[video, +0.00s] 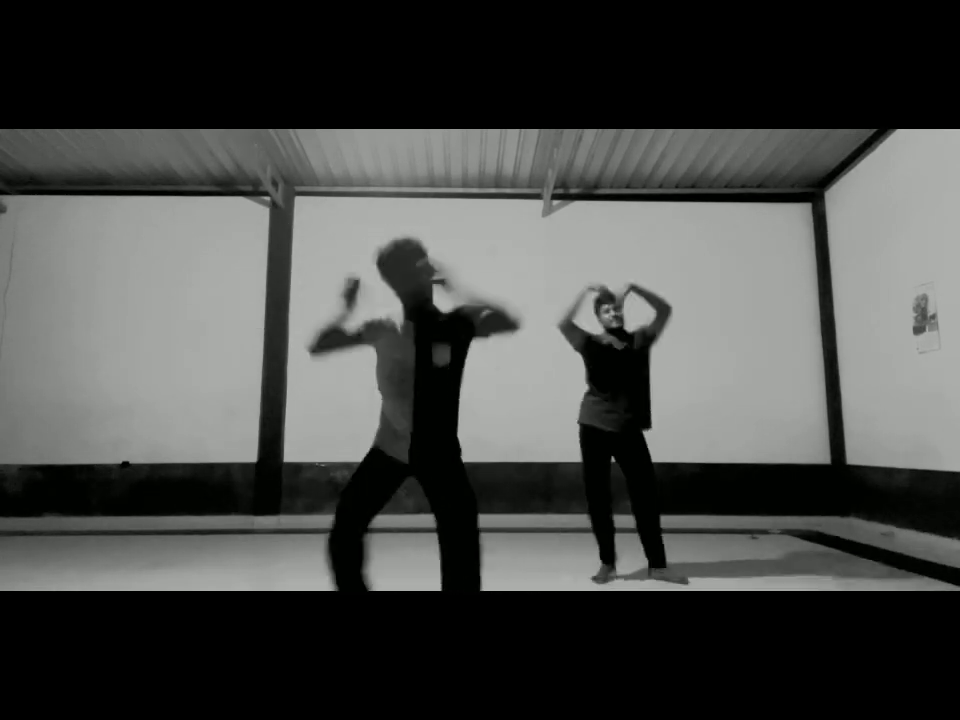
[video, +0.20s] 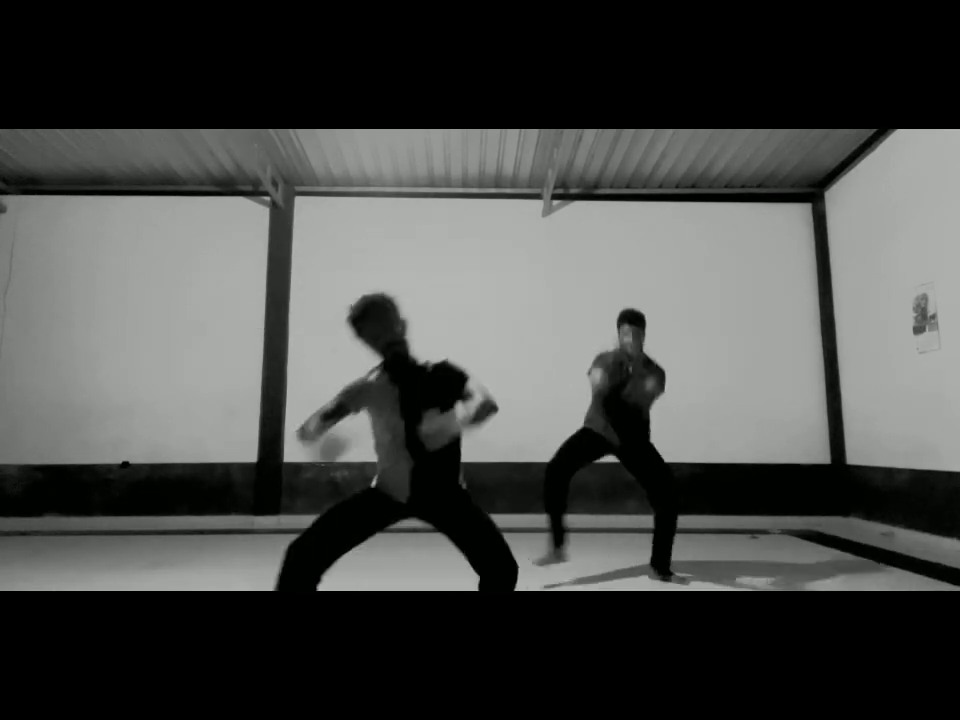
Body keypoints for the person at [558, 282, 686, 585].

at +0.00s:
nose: (612, 312)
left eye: (615, 307)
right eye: (605, 309)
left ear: (622, 311)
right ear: (597, 316)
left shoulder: (640, 341)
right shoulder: (591, 344)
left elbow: (664, 310)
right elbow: (563, 324)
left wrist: (635, 288)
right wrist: (584, 294)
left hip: (629, 429)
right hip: (595, 428)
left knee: (645, 494)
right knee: (597, 496)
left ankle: (657, 565)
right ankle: (607, 563)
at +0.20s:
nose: (631, 339)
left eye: (636, 334)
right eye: (625, 334)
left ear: (644, 336)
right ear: (619, 336)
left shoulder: (654, 372)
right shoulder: (605, 362)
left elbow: (646, 395)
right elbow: (597, 395)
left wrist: (636, 367)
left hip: (634, 441)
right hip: (598, 433)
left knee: (667, 495)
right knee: (556, 472)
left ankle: (660, 567)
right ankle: (558, 548)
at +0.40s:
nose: (613, 368)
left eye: (617, 361)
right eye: (608, 362)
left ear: (623, 359)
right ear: (602, 360)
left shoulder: (641, 391)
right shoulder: (589, 388)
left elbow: (659, 429)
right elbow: (573, 424)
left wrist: (674, 463)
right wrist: (554, 458)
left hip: (629, 462)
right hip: (590, 461)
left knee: (675, 504)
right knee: (541, 493)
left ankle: (663, 571)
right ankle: (520, 565)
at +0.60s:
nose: (557, 360)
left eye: (560, 354)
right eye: (552, 356)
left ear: (569, 352)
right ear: (545, 359)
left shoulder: (598, 379)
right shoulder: (539, 391)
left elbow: (649, 378)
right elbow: (495, 396)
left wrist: (693, 370)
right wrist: (452, 389)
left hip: (606, 460)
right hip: (564, 462)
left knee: (654, 505)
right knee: (519, 500)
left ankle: (664, 572)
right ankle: (521, 571)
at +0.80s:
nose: (516, 327)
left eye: (521, 321)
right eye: (512, 325)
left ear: (534, 321)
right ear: (511, 331)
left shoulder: (560, 335)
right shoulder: (511, 354)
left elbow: (588, 304)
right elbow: (475, 335)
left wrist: (627, 295)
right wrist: (445, 310)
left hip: (593, 421)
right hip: (554, 433)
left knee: (651, 457)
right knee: (521, 491)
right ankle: (514, 563)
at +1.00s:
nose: (509, 342)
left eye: (509, 335)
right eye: (501, 341)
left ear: (516, 330)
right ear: (497, 346)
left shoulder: (551, 349)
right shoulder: (500, 370)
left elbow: (592, 326)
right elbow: (456, 353)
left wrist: (636, 318)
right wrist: (423, 333)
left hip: (581, 422)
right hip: (545, 441)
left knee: (640, 415)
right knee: (513, 498)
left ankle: (627, 467)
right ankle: (514, 573)